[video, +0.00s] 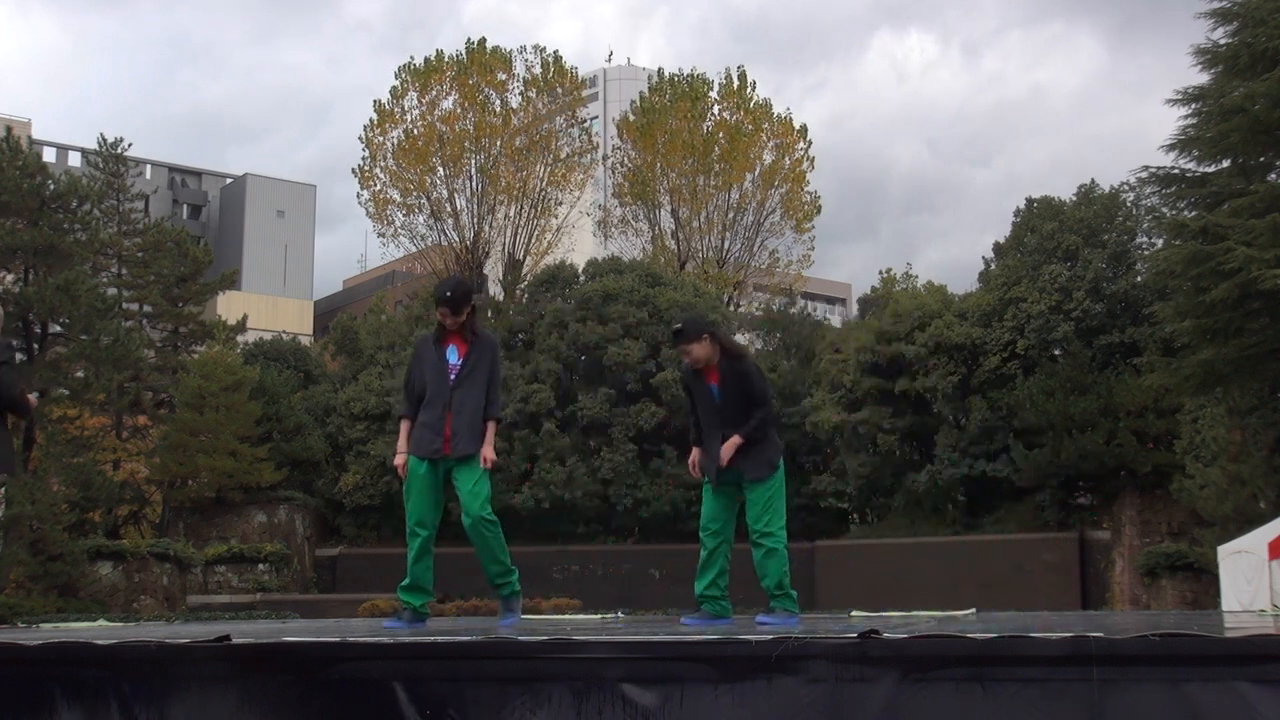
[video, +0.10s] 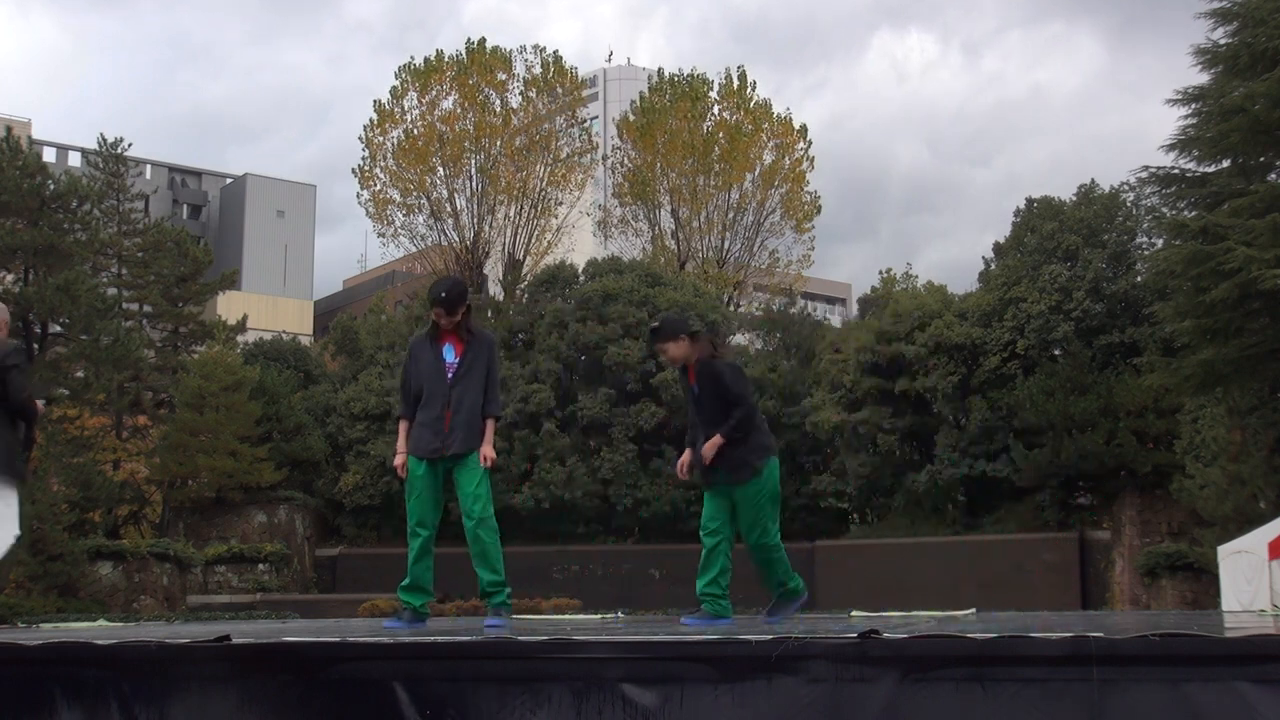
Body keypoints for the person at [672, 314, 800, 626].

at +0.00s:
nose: (685, 358)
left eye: (689, 350)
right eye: (682, 353)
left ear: (707, 340)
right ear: (684, 351)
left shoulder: (741, 365)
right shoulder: (690, 376)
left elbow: (765, 410)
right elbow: (696, 416)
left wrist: (736, 439)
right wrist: (697, 445)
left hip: (760, 459)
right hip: (719, 461)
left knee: (766, 532)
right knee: (712, 533)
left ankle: (784, 606)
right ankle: (714, 606)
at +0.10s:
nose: (664, 357)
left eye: (666, 350)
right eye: (661, 352)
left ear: (684, 341)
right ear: (680, 345)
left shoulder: (722, 370)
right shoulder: (689, 375)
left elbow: (746, 410)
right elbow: (697, 418)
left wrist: (717, 439)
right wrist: (690, 449)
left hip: (754, 462)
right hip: (719, 465)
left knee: (759, 534)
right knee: (714, 535)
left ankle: (791, 590)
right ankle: (715, 605)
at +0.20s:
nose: (656, 357)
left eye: (656, 349)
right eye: (653, 351)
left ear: (672, 342)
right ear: (673, 344)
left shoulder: (706, 372)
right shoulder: (692, 375)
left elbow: (735, 415)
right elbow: (698, 425)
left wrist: (709, 446)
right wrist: (678, 455)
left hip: (745, 464)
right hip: (716, 467)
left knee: (749, 529)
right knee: (705, 533)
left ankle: (796, 545)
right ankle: (715, 606)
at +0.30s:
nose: (658, 346)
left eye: (662, 338)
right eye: (657, 339)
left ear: (683, 333)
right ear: (678, 336)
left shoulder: (717, 363)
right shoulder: (684, 374)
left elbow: (740, 408)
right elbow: (688, 423)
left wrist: (709, 441)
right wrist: (671, 452)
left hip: (743, 461)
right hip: (708, 465)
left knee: (740, 535)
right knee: (700, 535)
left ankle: (791, 511)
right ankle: (716, 608)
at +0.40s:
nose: (685, 334)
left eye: (690, 326)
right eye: (677, 329)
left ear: (704, 327)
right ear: (671, 336)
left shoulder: (728, 359)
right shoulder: (669, 377)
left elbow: (752, 402)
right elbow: (668, 422)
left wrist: (720, 431)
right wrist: (666, 449)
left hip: (742, 455)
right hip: (700, 465)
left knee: (740, 517)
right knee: (696, 539)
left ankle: (779, 557)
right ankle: (715, 609)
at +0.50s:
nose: (699, 326)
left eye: (705, 318)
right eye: (692, 321)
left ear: (714, 322)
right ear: (682, 328)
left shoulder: (736, 359)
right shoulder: (672, 373)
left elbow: (756, 406)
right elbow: (661, 423)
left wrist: (737, 440)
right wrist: (662, 460)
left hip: (745, 463)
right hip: (699, 469)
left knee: (754, 524)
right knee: (696, 538)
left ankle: (770, 604)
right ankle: (714, 608)